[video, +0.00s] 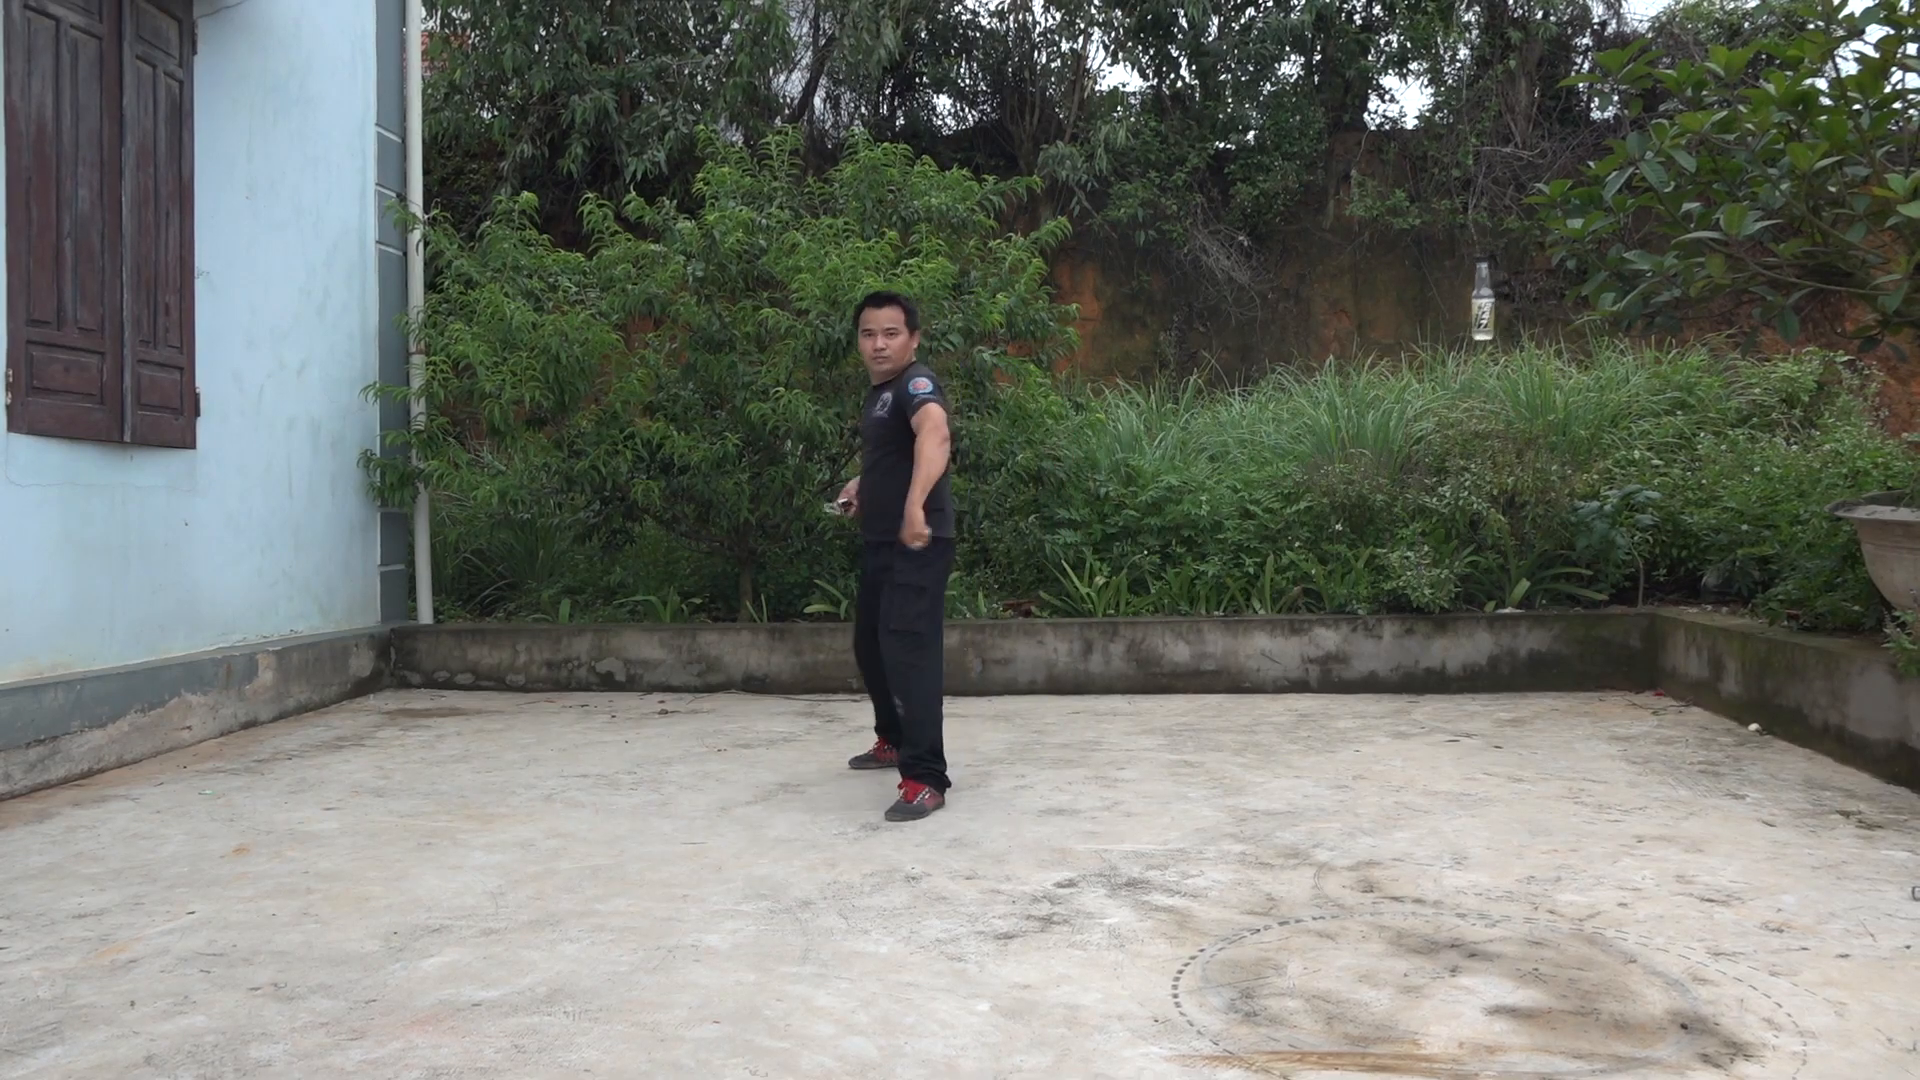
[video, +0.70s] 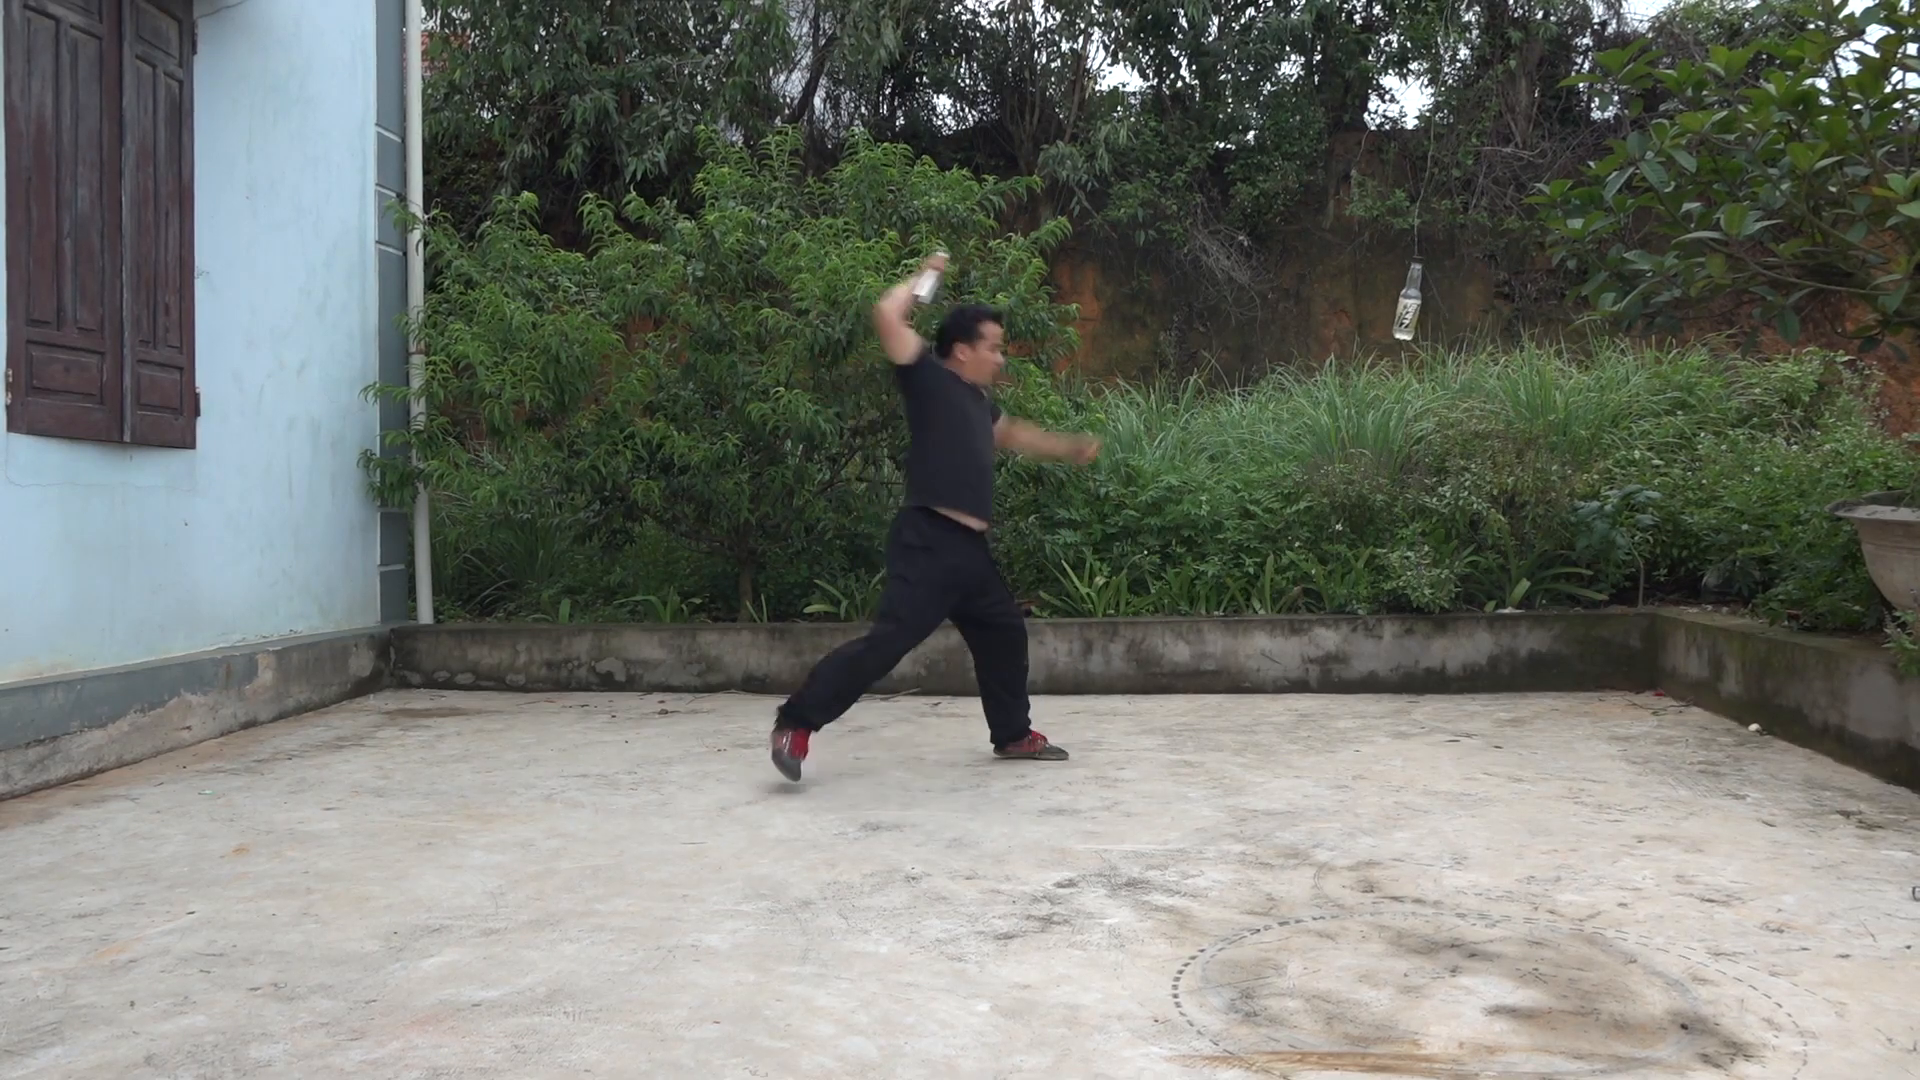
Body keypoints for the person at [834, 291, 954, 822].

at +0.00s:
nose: (879, 343)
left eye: (891, 333)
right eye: (869, 334)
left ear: (912, 340)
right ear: (858, 342)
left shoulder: (916, 383)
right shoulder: (880, 394)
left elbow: (935, 438)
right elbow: (890, 457)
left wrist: (914, 507)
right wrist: (863, 485)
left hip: (916, 543)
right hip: (881, 544)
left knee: (910, 649)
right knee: (873, 646)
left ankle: (927, 779)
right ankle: (895, 743)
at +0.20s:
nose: (847, 362)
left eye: (859, 352)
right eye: (839, 353)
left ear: (883, 360)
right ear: (830, 362)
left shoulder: (892, 414)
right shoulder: (861, 415)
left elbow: (913, 495)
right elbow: (890, 488)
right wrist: (874, 537)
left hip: (931, 555)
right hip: (888, 556)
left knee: (939, 666)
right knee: (853, 649)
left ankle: (937, 775)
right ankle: (867, 746)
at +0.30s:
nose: (864, 358)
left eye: (874, 348)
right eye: (852, 350)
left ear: (892, 356)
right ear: (839, 362)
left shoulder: (905, 405)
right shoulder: (848, 417)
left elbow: (849, 458)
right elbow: (837, 469)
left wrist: (787, 410)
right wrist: (835, 524)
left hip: (940, 550)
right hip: (885, 555)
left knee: (968, 643)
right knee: (851, 643)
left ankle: (1005, 755)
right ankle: (868, 747)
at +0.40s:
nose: (877, 343)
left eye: (883, 335)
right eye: (866, 338)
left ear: (898, 344)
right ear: (851, 354)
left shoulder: (919, 385)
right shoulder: (853, 405)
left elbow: (891, 331)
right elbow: (811, 423)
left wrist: (829, 292)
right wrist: (775, 441)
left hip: (948, 547)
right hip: (888, 551)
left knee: (993, 643)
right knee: (857, 642)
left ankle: (1045, 745)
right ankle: (868, 746)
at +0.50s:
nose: (914, 328)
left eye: (916, 319)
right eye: (900, 322)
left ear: (926, 326)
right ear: (872, 339)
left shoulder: (946, 359)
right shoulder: (859, 384)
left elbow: (984, 291)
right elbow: (800, 374)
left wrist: (1013, 222)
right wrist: (803, 305)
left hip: (962, 529)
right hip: (894, 538)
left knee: (1010, 626)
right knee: (875, 640)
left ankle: (1030, 720)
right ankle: (869, 744)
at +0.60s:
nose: (958, 335)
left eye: (960, 326)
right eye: (947, 326)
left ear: (962, 332)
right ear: (914, 334)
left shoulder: (973, 364)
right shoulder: (884, 371)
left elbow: (1034, 333)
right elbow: (816, 331)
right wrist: (852, 287)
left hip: (969, 527)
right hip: (912, 526)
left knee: (1006, 626)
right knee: (880, 632)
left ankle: (1019, 726)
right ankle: (836, 726)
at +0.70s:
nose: (1002, 357)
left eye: (1001, 348)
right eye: (994, 347)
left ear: (972, 353)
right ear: (961, 350)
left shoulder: (983, 408)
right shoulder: (929, 375)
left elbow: (1020, 435)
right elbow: (889, 315)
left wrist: (1072, 447)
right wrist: (922, 278)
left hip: (971, 547)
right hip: (929, 538)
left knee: (1004, 633)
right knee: (890, 639)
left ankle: (1012, 735)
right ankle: (796, 722)